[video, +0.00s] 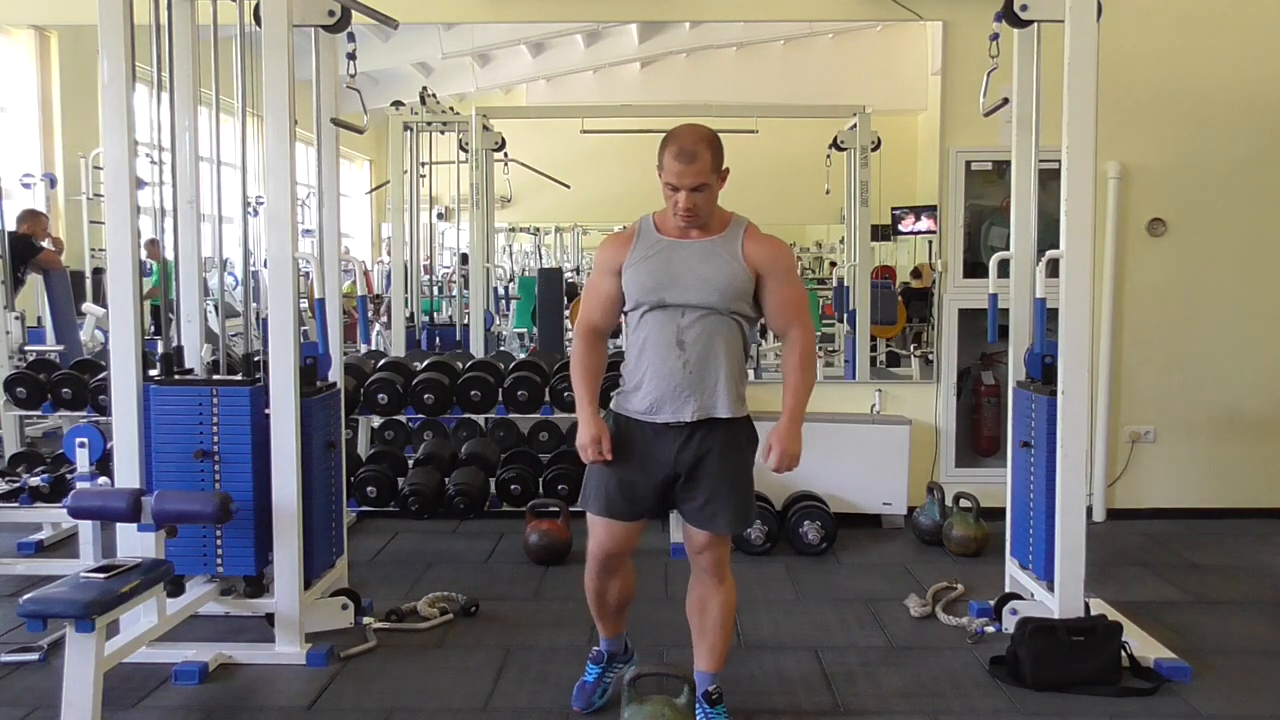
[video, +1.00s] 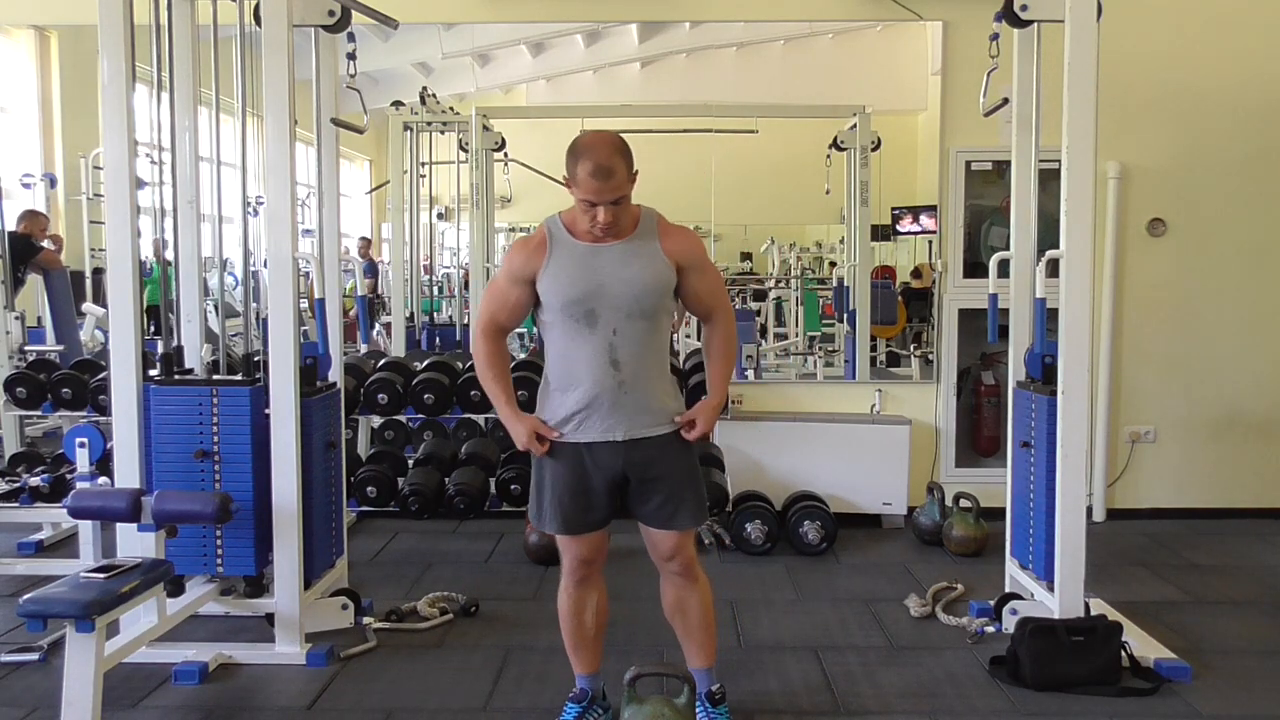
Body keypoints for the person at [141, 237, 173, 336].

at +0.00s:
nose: (147, 255)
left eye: (148, 250)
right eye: (146, 251)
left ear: (155, 249)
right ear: (154, 249)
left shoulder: (164, 265)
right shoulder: (158, 266)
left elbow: (157, 289)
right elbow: (156, 289)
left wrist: (141, 299)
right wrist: (142, 298)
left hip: (163, 304)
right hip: (156, 304)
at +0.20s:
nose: (147, 255)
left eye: (149, 250)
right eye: (147, 251)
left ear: (156, 249)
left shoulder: (166, 266)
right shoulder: (157, 266)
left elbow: (166, 288)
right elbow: (154, 283)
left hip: (163, 304)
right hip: (155, 303)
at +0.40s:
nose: (148, 255)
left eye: (151, 251)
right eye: (148, 252)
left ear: (159, 250)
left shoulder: (168, 266)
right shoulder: (157, 267)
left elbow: (170, 288)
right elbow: (149, 289)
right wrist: (144, 293)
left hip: (164, 305)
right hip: (155, 305)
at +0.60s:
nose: (152, 255)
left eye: (155, 252)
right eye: (150, 252)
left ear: (161, 250)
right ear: (148, 252)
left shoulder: (170, 266)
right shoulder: (150, 267)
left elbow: (174, 284)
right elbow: (145, 287)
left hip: (168, 302)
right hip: (154, 303)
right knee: (156, 332)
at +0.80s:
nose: (155, 254)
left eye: (157, 250)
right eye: (152, 251)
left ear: (162, 250)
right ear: (150, 251)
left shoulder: (169, 266)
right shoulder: (149, 266)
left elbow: (171, 283)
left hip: (167, 301)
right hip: (152, 301)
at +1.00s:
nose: (158, 250)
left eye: (161, 246)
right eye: (156, 246)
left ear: (165, 248)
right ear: (153, 247)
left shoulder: (170, 265)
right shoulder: (151, 264)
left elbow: (172, 283)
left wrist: (172, 297)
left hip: (167, 299)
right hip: (152, 300)